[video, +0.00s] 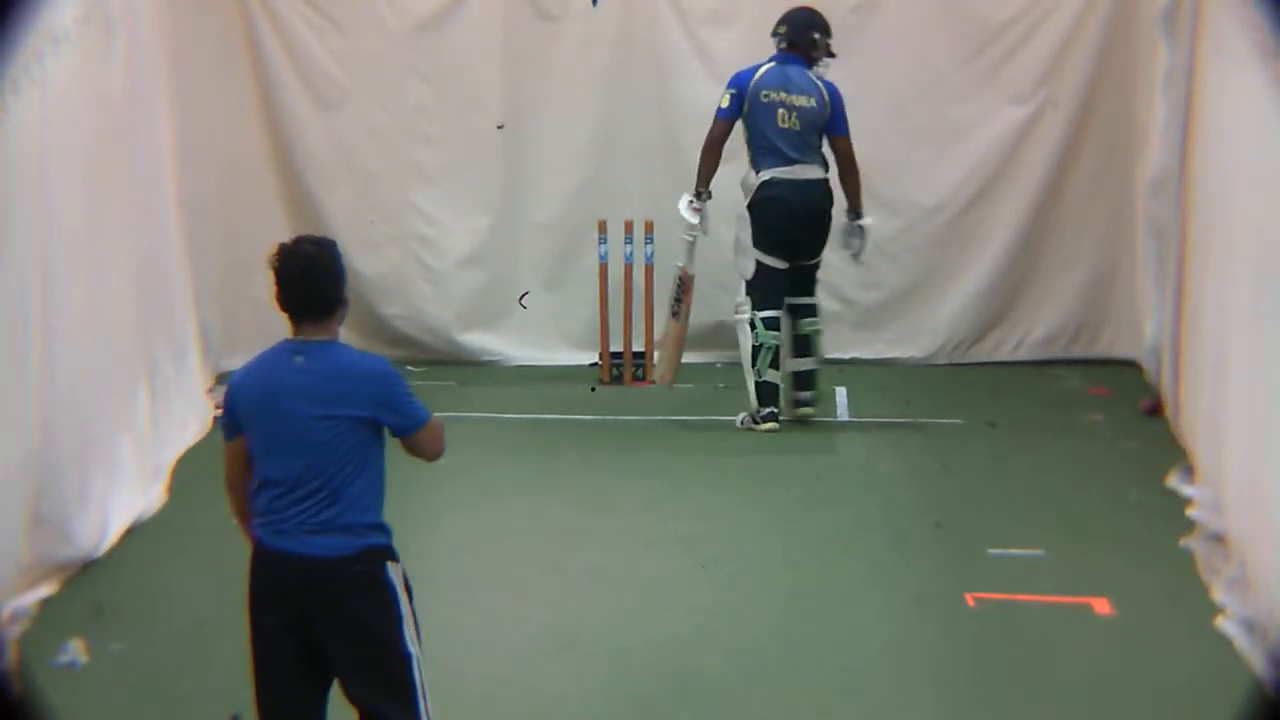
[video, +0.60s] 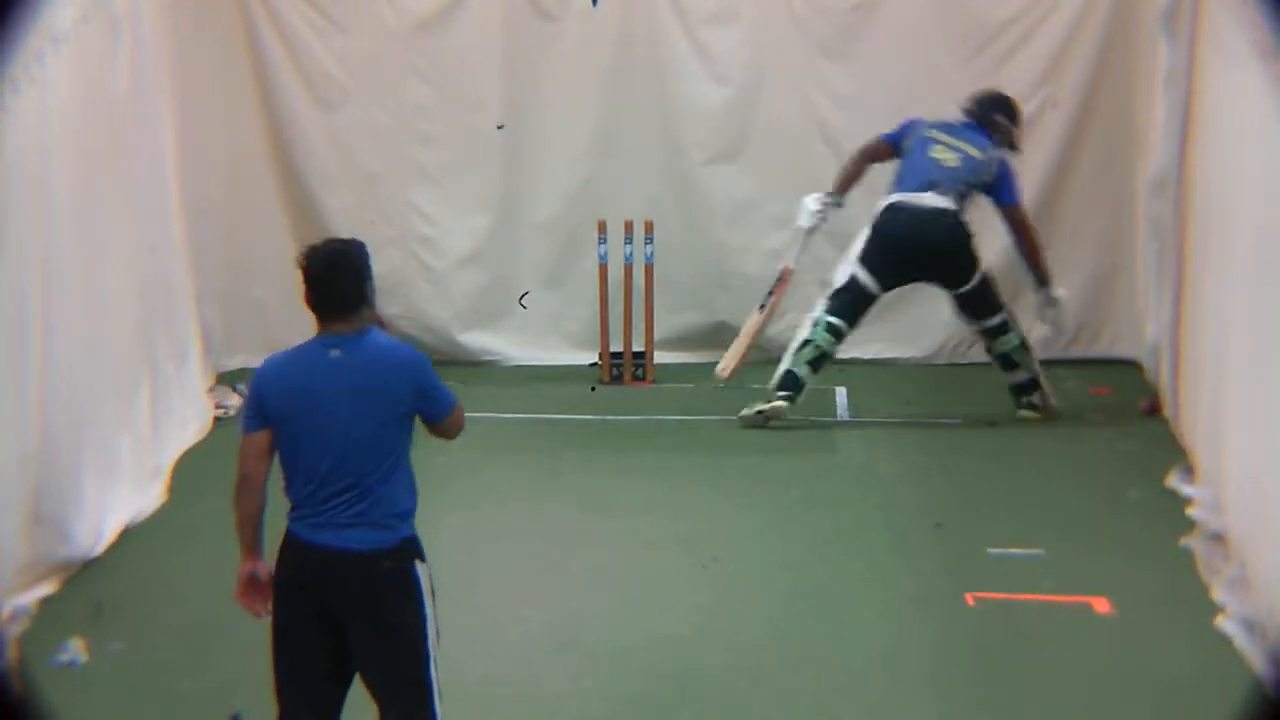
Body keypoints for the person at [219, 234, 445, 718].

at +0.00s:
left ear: (279, 301)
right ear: (344, 296)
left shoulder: (248, 380)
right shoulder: (370, 374)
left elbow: (237, 482)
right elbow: (431, 445)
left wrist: (261, 539)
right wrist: (391, 402)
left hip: (276, 574)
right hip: (357, 575)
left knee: (285, 709)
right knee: (395, 707)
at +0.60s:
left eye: (304, 285)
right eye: (368, 284)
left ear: (308, 297)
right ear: (369, 291)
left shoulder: (275, 375)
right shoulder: (401, 362)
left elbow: (250, 476)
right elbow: (449, 423)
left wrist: (252, 556)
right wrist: (394, 345)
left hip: (305, 573)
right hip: (384, 574)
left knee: (304, 709)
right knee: (410, 707)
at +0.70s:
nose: (383, 293)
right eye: (381, 288)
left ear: (317, 298)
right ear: (378, 295)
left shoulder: (283, 363)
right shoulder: (405, 354)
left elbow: (250, 460)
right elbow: (450, 409)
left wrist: (254, 539)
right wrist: (397, 335)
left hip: (313, 571)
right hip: (392, 571)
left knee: (308, 708)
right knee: (414, 707)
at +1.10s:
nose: (337, 276)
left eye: (339, 273)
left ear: (343, 291)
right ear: (402, 287)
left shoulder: (317, 359)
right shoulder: (428, 354)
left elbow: (273, 455)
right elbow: (486, 430)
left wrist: (266, 509)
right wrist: (441, 357)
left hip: (340, 562)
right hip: (417, 561)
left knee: (324, 701)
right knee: (421, 702)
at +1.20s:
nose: (344, 280)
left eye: (346, 276)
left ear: (350, 293)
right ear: (408, 289)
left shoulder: (324, 360)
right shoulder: (433, 355)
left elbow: (281, 457)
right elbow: (488, 441)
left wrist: (269, 531)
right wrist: (468, 401)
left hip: (345, 564)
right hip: (423, 563)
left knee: (325, 704)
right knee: (422, 705)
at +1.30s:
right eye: (417, 281)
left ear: (358, 294)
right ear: (417, 293)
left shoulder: (329, 361)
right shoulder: (439, 357)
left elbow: (286, 457)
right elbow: (485, 447)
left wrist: (274, 540)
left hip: (349, 563)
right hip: (427, 564)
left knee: (328, 704)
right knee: (424, 706)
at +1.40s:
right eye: (425, 281)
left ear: (366, 294)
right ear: (426, 291)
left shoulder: (334, 365)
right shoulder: (448, 362)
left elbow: (292, 466)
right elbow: (483, 459)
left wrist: (279, 548)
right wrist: (458, 430)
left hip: (353, 563)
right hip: (431, 564)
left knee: (331, 704)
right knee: (428, 705)